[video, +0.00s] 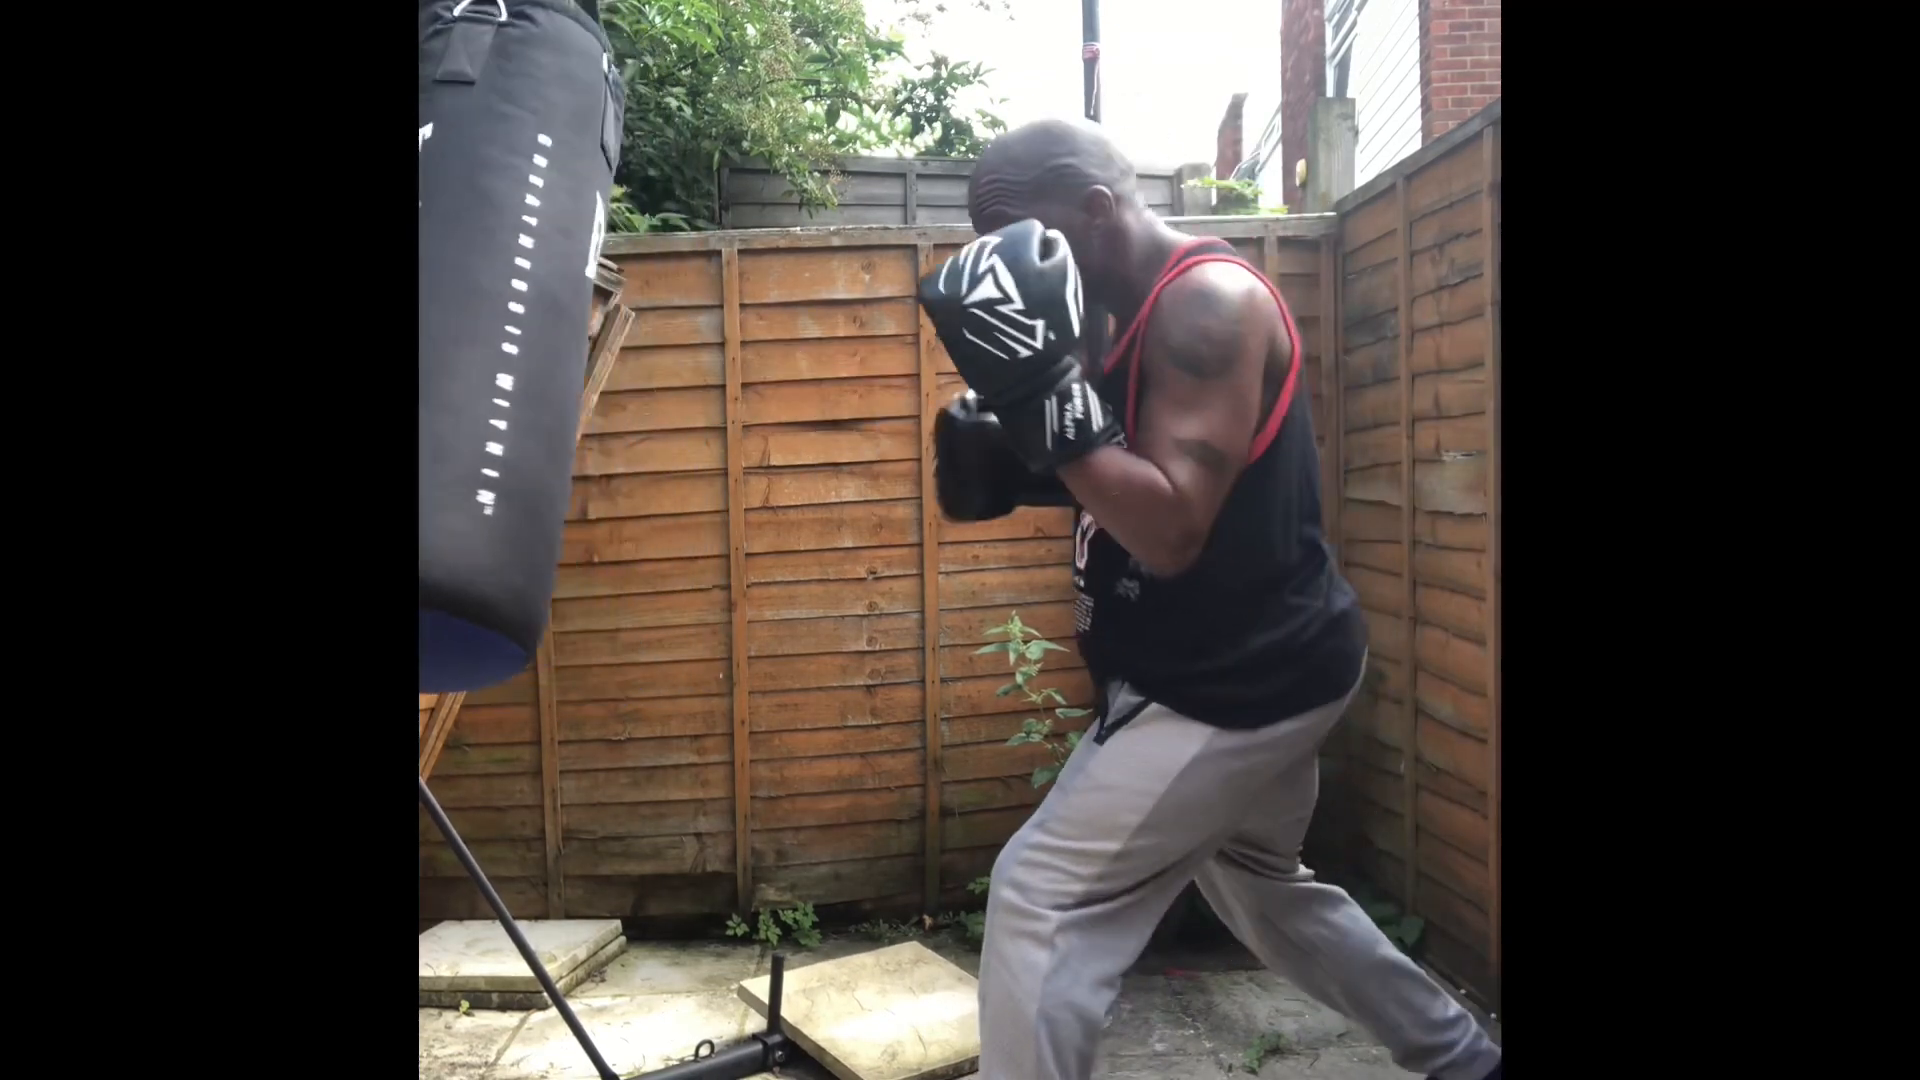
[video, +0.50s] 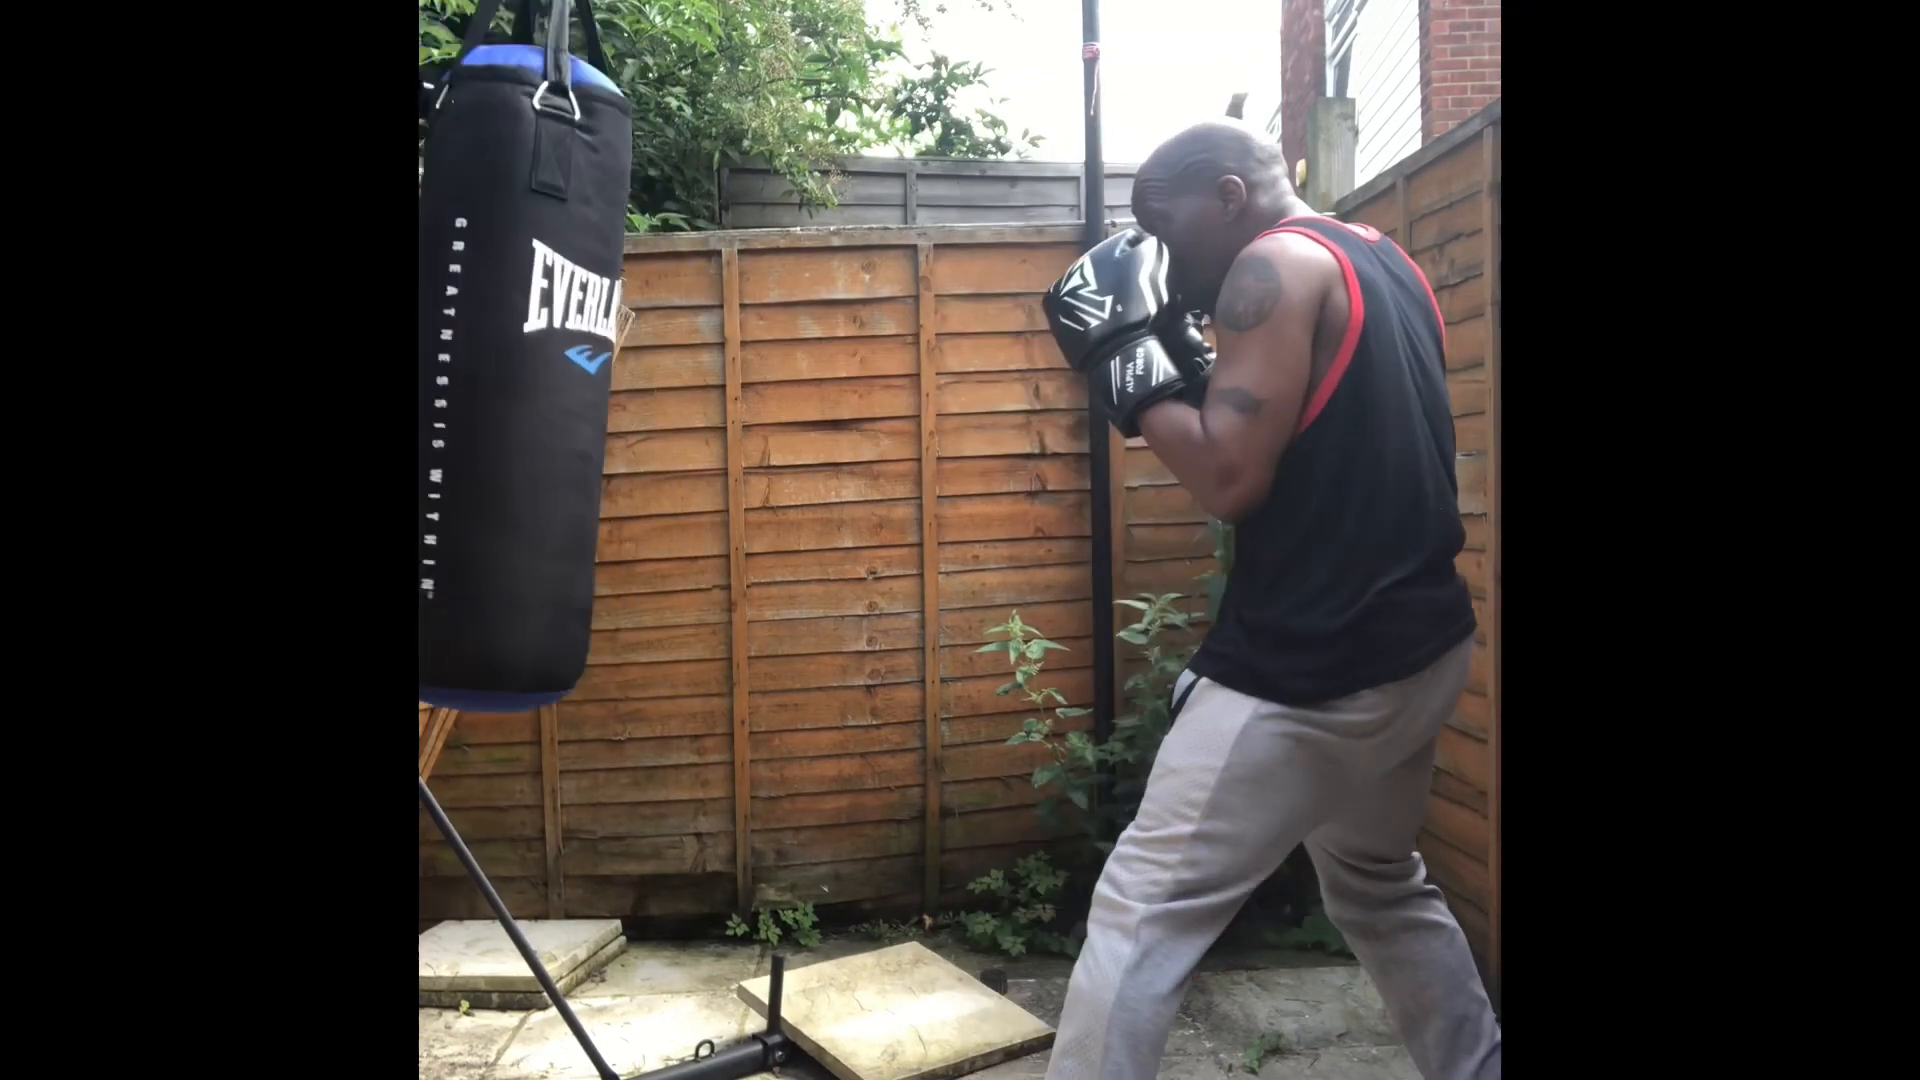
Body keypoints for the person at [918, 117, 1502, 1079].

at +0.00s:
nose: (1004, 262)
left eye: (1018, 232)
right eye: (995, 239)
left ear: (1101, 208)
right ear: (1097, 214)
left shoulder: (1209, 299)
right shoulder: (1107, 306)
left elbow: (1171, 533)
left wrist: (1046, 399)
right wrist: (1020, 475)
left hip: (1241, 676)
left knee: (1039, 894)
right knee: (1260, 882)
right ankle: (1462, 1054)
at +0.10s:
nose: (1058, 271)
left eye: (1060, 240)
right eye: (1049, 247)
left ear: (1130, 208)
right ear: (1147, 210)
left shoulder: (1207, 295)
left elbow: (1139, 518)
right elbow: (1187, 476)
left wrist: (1031, 375)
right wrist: (1083, 398)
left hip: (1239, 689)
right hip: (1328, 664)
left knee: (1048, 895)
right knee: (1308, 884)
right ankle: (1460, 1068)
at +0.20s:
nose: (1107, 276)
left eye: (1109, 245)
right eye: (1098, 252)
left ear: (1176, 212)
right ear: (1198, 212)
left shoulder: (1231, 291)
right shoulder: (1325, 274)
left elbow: (1172, 507)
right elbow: (1281, 470)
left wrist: (1070, 373)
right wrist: (1134, 379)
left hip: (1262, 687)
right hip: (1381, 661)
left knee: (1077, 896)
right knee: (1351, 895)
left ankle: (1037, 1068)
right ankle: (1468, 1070)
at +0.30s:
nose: (1144, 268)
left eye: (1143, 238)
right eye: (1135, 246)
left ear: (1210, 204)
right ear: (1229, 202)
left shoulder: (1255, 278)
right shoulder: (1366, 260)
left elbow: (1210, 496)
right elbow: (1306, 458)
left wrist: (1105, 370)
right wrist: (1170, 360)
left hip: (1291, 673)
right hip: (1411, 648)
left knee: (1115, 898)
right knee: (1372, 882)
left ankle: (1068, 1069)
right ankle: (1473, 1066)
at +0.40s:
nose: (1163, 261)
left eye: (1163, 233)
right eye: (1154, 239)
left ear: (1229, 194)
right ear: (1250, 188)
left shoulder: (1270, 265)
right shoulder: (1388, 254)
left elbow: (1225, 479)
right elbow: (1305, 445)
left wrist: (1115, 361)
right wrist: (1181, 350)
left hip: (1304, 659)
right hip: (1423, 636)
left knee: (1140, 908)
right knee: (1377, 879)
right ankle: (1474, 1067)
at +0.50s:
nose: (1163, 260)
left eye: (1165, 233)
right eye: (1155, 239)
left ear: (1232, 195)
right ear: (1253, 190)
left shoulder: (1274, 266)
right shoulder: (1384, 255)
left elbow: (1225, 478)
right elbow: (1293, 446)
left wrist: (1117, 358)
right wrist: (1180, 348)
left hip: (1301, 663)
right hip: (1422, 639)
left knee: (1142, 912)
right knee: (1379, 882)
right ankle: (1475, 1067)